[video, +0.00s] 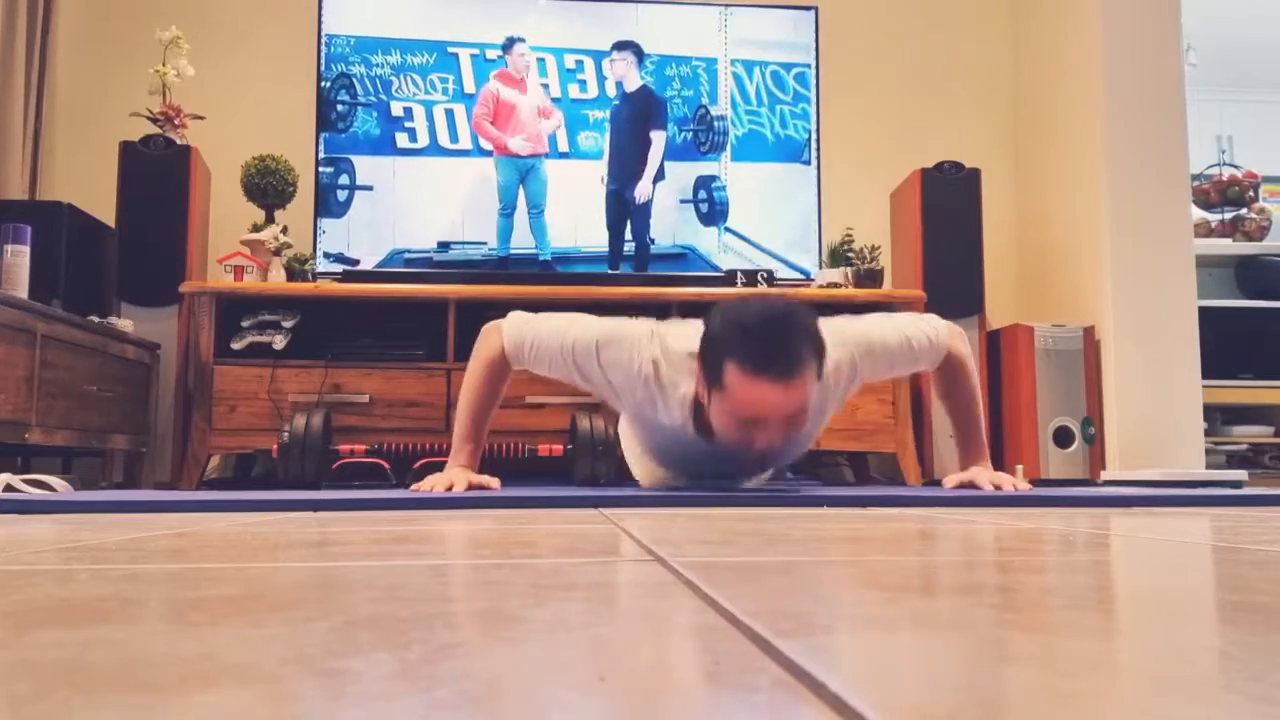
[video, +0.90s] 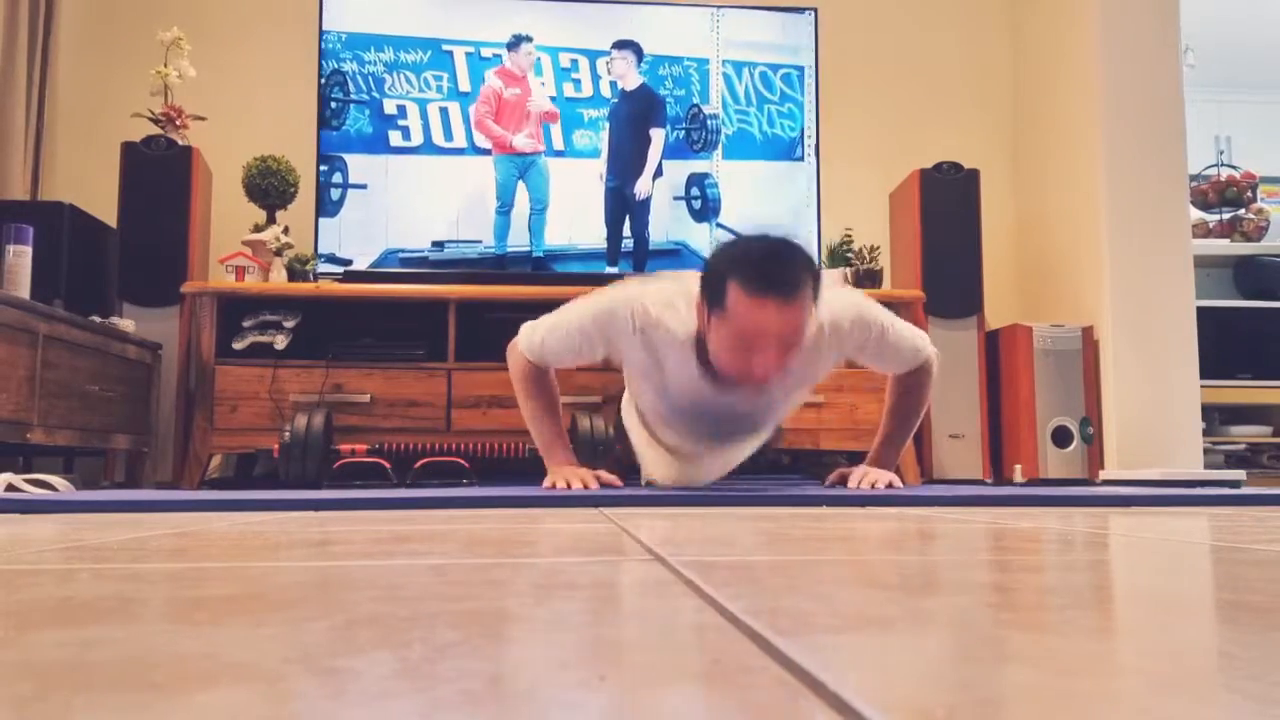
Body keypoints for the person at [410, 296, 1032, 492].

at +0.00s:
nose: (768, 437)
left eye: (787, 419)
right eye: (748, 420)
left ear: (815, 379)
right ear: (704, 382)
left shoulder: (840, 355)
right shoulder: (637, 361)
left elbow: (950, 343)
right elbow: (501, 336)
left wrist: (976, 459)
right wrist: (460, 460)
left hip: (765, 491)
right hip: (644, 488)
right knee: (641, 601)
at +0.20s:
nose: (754, 351)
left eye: (773, 329)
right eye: (737, 328)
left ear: (798, 306)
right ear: (695, 305)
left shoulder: (832, 307)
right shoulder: (627, 305)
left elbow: (941, 342)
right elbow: (487, 339)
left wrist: (976, 459)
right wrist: (460, 461)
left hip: (745, 449)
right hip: (642, 448)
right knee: (633, 556)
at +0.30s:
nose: (740, 215)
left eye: (760, 197)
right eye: (724, 192)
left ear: (781, 191)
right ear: (688, 179)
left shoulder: (818, 234)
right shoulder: (620, 229)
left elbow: (908, 341)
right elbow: (516, 336)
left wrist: (969, 458)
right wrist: (463, 460)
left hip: (740, 387)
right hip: (644, 379)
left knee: (712, 430)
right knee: (647, 422)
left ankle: (684, 448)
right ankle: (651, 451)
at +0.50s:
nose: (747, 177)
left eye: (767, 156)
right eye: (727, 156)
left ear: (783, 143)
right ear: (689, 135)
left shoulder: (809, 187)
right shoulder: (631, 183)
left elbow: (865, 325)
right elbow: (560, 330)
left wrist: (874, 455)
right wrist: (564, 462)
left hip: (735, 351)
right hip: (644, 350)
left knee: (699, 413)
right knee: (652, 414)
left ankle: (686, 436)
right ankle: (658, 440)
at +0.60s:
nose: (756, 323)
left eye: (774, 305)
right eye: (738, 304)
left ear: (797, 282)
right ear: (698, 277)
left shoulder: (835, 284)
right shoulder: (628, 276)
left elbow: (911, 358)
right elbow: (526, 350)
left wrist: (879, 464)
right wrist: (559, 465)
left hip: (737, 400)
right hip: (640, 396)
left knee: (706, 424)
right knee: (644, 425)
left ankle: (683, 444)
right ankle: (655, 447)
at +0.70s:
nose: (761, 391)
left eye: (779, 376)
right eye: (745, 373)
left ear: (804, 344)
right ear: (704, 339)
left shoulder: (837, 323)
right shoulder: (633, 318)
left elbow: (920, 357)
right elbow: (524, 351)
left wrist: (882, 462)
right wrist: (559, 463)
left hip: (732, 430)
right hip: (638, 425)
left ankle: (683, 457)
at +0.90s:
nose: (765, 366)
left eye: (785, 345)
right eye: (747, 344)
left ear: (806, 322)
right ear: (705, 315)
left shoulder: (838, 315)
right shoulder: (636, 312)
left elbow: (918, 360)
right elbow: (525, 351)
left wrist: (882, 462)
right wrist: (560, 461)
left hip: (746, 457)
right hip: (640, 456)